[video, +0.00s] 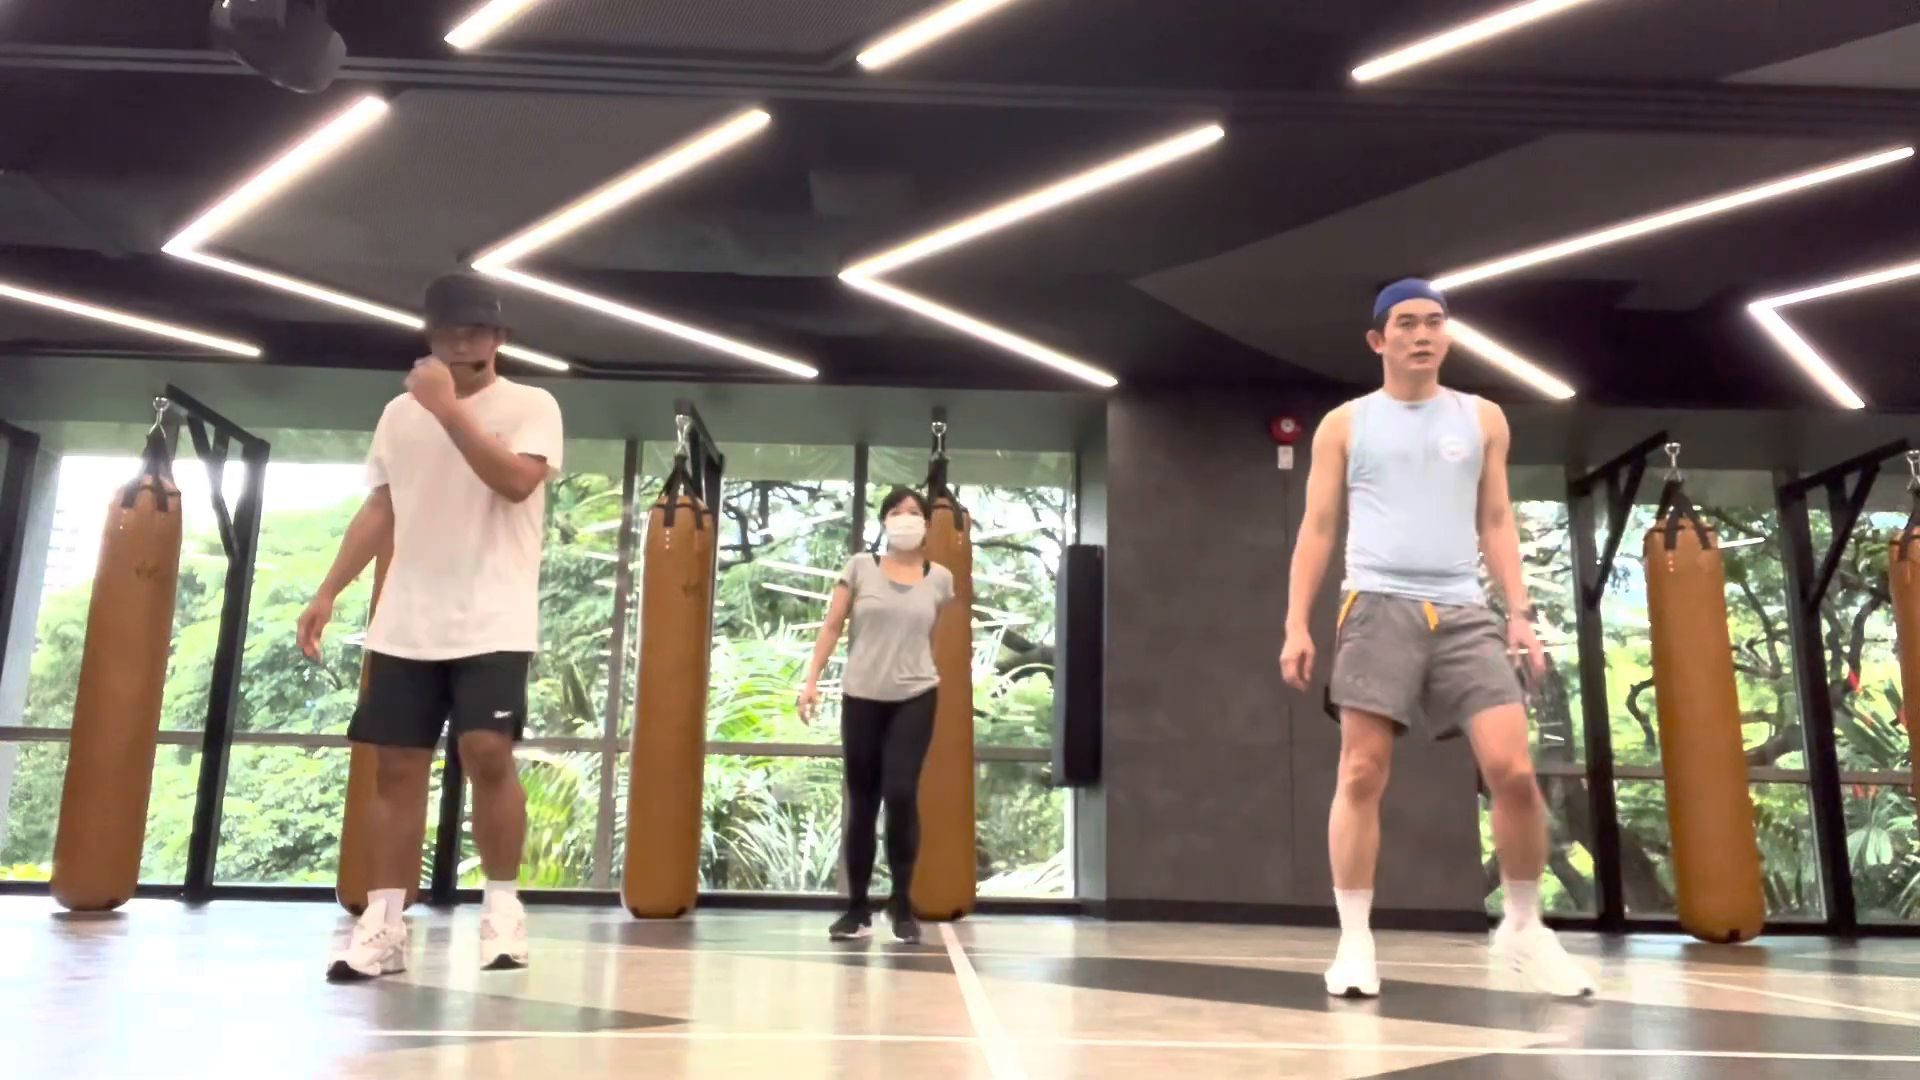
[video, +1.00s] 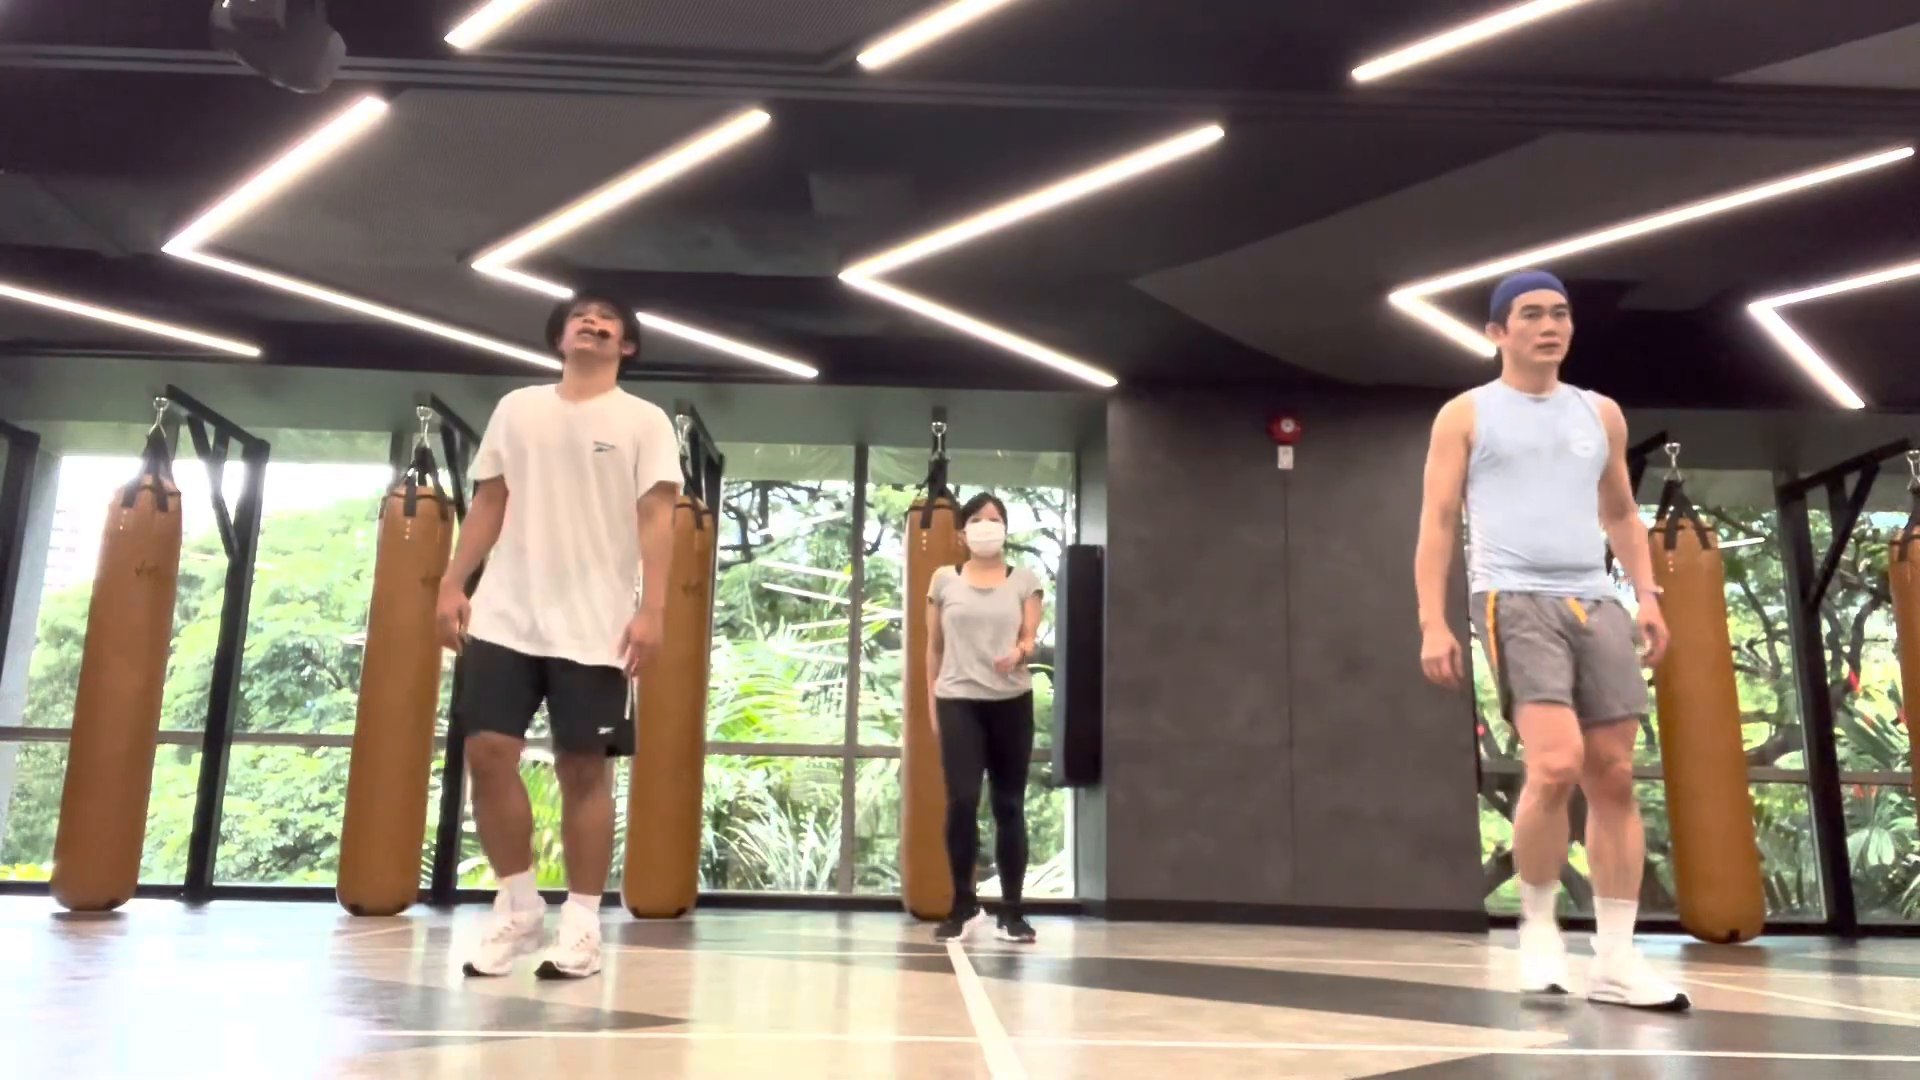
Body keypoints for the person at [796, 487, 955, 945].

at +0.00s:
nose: (907, 519)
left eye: (916, 514)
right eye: (898, 513)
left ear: (927, 527)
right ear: (883, 525)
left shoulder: (941, 580)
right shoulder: (861, 567)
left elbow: (950, 641)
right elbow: (831, 625)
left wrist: (953, 699)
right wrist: (811, 681)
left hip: (916, 697)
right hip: (862, 697)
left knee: (900, 795)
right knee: (861, 804)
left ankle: (902, 904)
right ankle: (856, 908)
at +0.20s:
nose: (910, 517)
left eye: (918, 512)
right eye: (901, 511)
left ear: (929, 527)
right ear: (886, 526)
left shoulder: (940, 581)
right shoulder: (863, 566)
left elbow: (937, 643)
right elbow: (839, 630)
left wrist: (939, 684)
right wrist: (820, 684)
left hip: (919, 699)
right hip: (865, 698)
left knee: (927, 792)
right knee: (863, 805)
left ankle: (919, 897)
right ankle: (856, 909)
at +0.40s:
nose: (924, 519)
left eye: (934, 515)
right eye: (915, 513)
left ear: (946, 531)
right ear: (901, 528)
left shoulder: (956, 584)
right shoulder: (876, 571)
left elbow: (959, 650)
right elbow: (851, 634)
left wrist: (969, 704)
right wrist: (840, 689)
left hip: (935, 702)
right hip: (878, 702)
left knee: (963, 799)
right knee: (874, 808)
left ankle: (994, 897)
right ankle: (858, 909)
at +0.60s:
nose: (954, 526)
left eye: (962, 520)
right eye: (946, 520)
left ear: (974, 534)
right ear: (930, 533)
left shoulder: (989, 585)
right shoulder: (913, 582)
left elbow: (996, 645)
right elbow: (887, 640)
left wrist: (1003, 690)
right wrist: (866, 692)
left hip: (976, 709)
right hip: (920, 710)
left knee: (988, 815)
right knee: (894, 813)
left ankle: (1009, 910)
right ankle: (861, 908)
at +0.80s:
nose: (977, 523)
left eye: (984, 517)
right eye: (969, 517)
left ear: (996, 529)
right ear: (955, 529)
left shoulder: (1015, 577)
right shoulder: (937, 578)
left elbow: (1023, 635)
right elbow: (922, 643)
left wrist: (1019, 672)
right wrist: (911, 698)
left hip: (1000, 702)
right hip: (948, 701)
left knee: (1004, 808)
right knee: (930, 800)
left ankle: (1011, 910)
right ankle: (906, 891)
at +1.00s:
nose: (986, 527)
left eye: (995, 521)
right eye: (977, 521)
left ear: (1006, 532)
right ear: (963, 533)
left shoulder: (1024, 578)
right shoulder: (945, 580)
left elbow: (1030, 637)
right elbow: (934, 646)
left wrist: (1019, 652)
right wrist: (933, 701)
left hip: (1010, 701)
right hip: (957, 701)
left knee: (1008, 808)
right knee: (962, 803)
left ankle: (1011, 912)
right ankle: (963, 906)